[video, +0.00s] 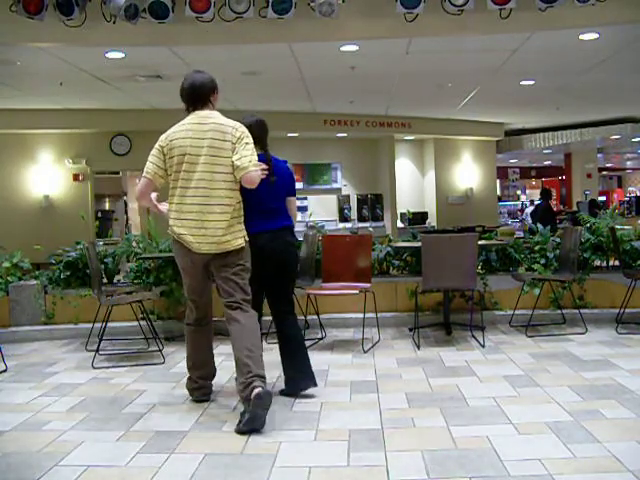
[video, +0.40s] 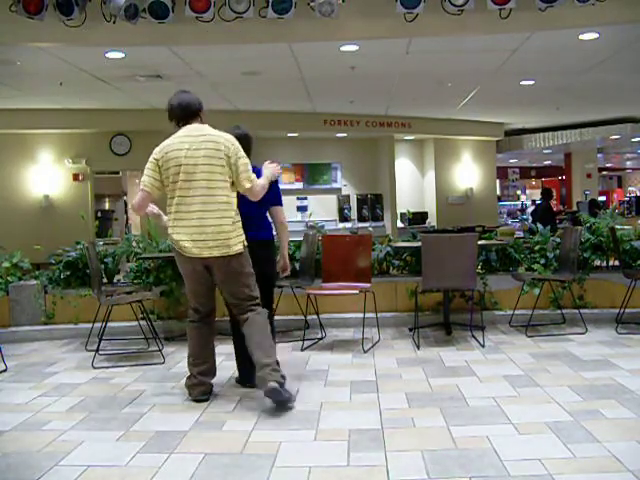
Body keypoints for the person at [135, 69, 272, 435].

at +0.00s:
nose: (219, 99)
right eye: (218, 94)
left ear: (184, 101)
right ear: (215, 97)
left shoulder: (171, 136)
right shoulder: (235, 131)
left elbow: (143, 193)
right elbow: (250, 180)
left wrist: (158, 206)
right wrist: (256, 171)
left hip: (186, 237)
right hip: (228, 236)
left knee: (196, 314)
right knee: (240, 308)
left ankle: (199, 386)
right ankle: (253, 385)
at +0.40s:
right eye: (201, 112)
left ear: (172, 119)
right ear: (202, 113)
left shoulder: (164, 149)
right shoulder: (226, 142)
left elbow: (140, 204)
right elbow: (254, 192)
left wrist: (141, 208)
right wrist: (268, 175)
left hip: (186, 244)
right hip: (227, 242)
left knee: (199, 314)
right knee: (249, 307)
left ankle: (200, 386)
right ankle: (270, 379)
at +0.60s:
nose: (174, 130)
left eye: (173, 125)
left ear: (177, 124)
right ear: (202, 115)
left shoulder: (172, 153)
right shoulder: (233, 143)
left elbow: (155, 207)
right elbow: (264, 187)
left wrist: (141, 204)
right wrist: (270, 171)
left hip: (197, 246)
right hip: (238, 244)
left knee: (202, 315)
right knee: (260, 308)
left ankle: (200, 386)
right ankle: (304, 375)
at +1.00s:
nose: (218, 135)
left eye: (219, 128)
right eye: (216, 129)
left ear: (236, 124)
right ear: (243, 124)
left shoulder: (245, 155)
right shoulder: (273, 147)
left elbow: (228, 209)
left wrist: (184, 203)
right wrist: (199, 208)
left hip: (259, 251)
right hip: (285, 248)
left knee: (223, 310)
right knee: (278, 309)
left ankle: (210, 383)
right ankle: (327, 357)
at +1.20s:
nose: (254, 135)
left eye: (257, 128)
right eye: (253, 128)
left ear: (276, 126)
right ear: (277, 127)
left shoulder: (291, 154)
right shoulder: (289, 150)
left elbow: (284, 206)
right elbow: (280, 192)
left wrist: (235, 199)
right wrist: (256, 180)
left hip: (292, 246)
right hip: (301, 245)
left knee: (258, 310)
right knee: (292, 312)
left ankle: (224, 379)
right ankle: (329, 363)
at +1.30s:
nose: (269, 136)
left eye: (271, 130)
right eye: (267, 130)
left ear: (288, 126)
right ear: (285, 128)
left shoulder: (308, 155)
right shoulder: (290, 153)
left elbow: (311, 203)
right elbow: (278, 187)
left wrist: (267, 194)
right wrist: (257, 190)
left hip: (307, 242)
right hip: (295, 240)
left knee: (273, 305)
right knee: (292, 308)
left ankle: (241, 377)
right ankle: (328, 362)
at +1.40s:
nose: (208, 150)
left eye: (213, 145)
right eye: (205, 146)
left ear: (227, 148)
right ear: (204, 151)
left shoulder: (240, 172)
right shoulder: (212, 180)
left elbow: (257, 210)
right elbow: (214, 224)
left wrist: (263, 192)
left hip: (242, 247)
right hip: (219, 249)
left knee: (230, 306)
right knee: (201, 303)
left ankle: (248, 363)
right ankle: (227, 351)